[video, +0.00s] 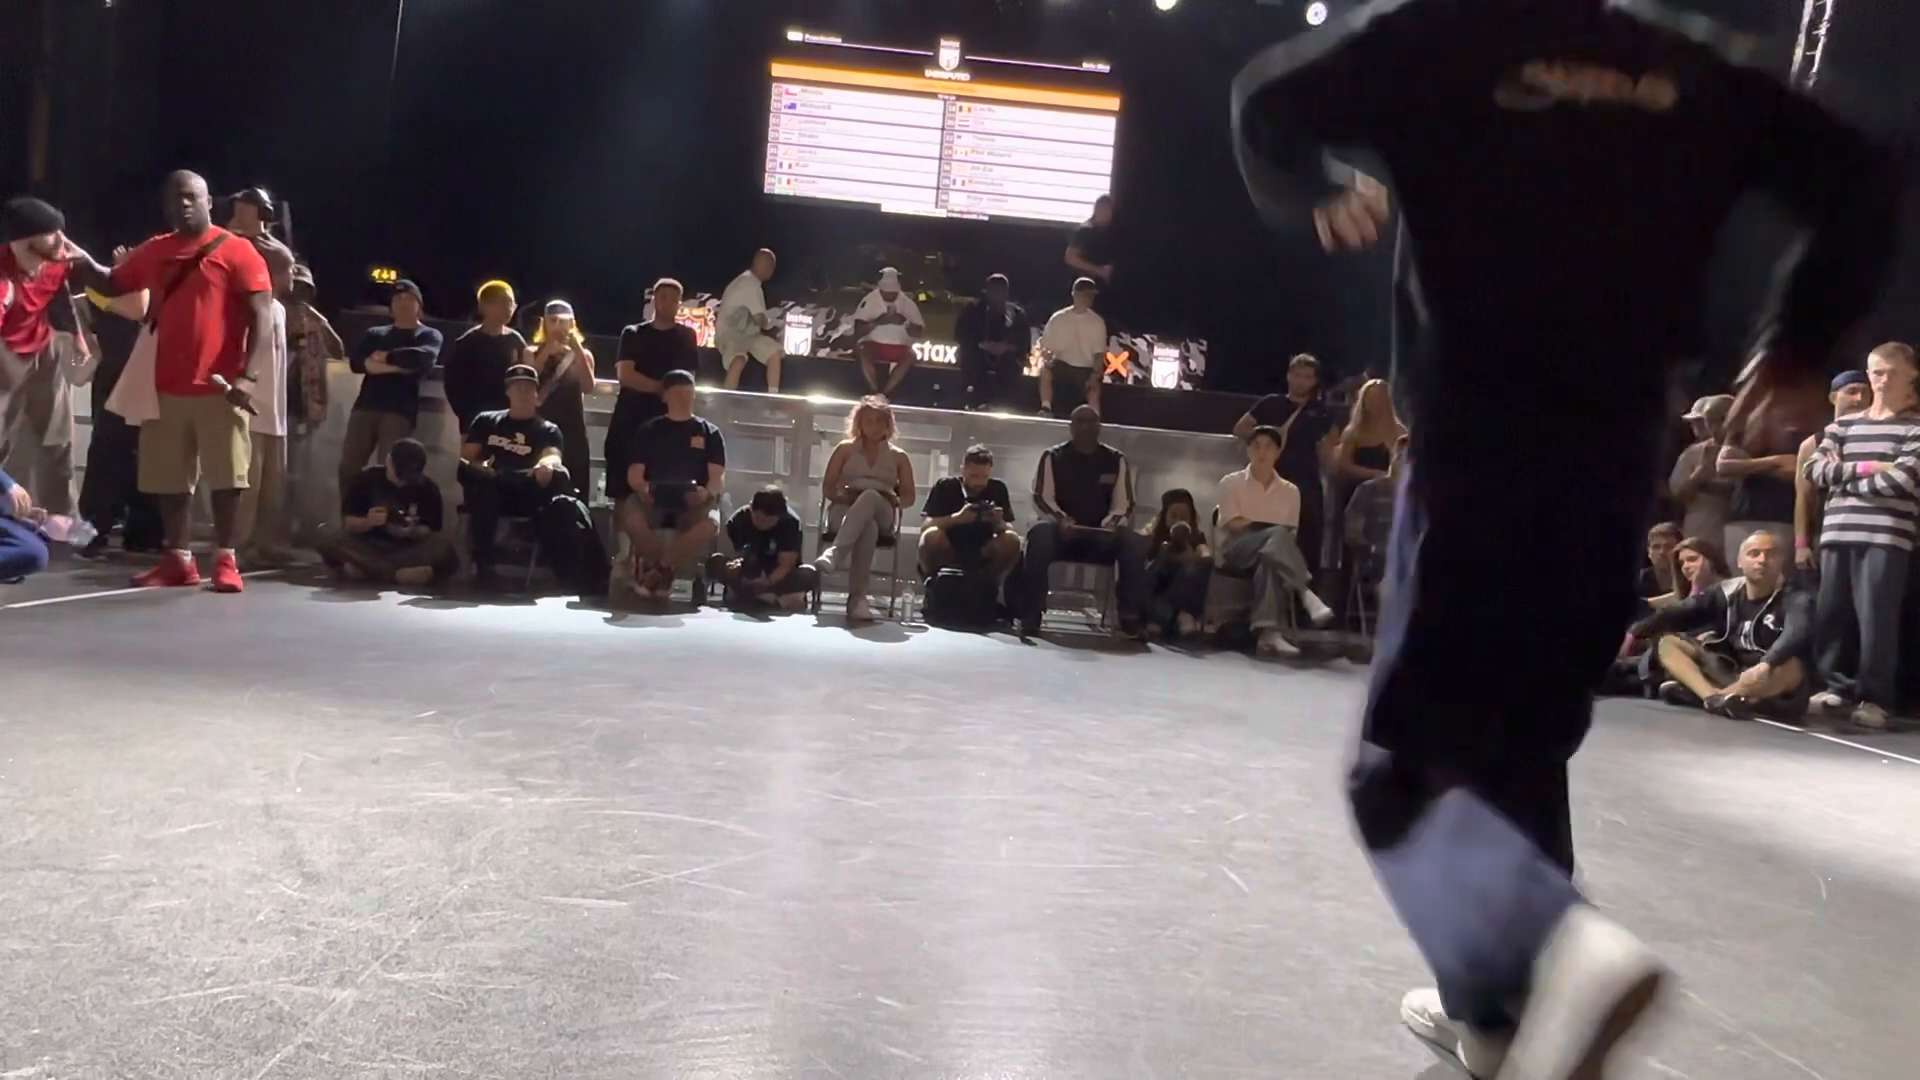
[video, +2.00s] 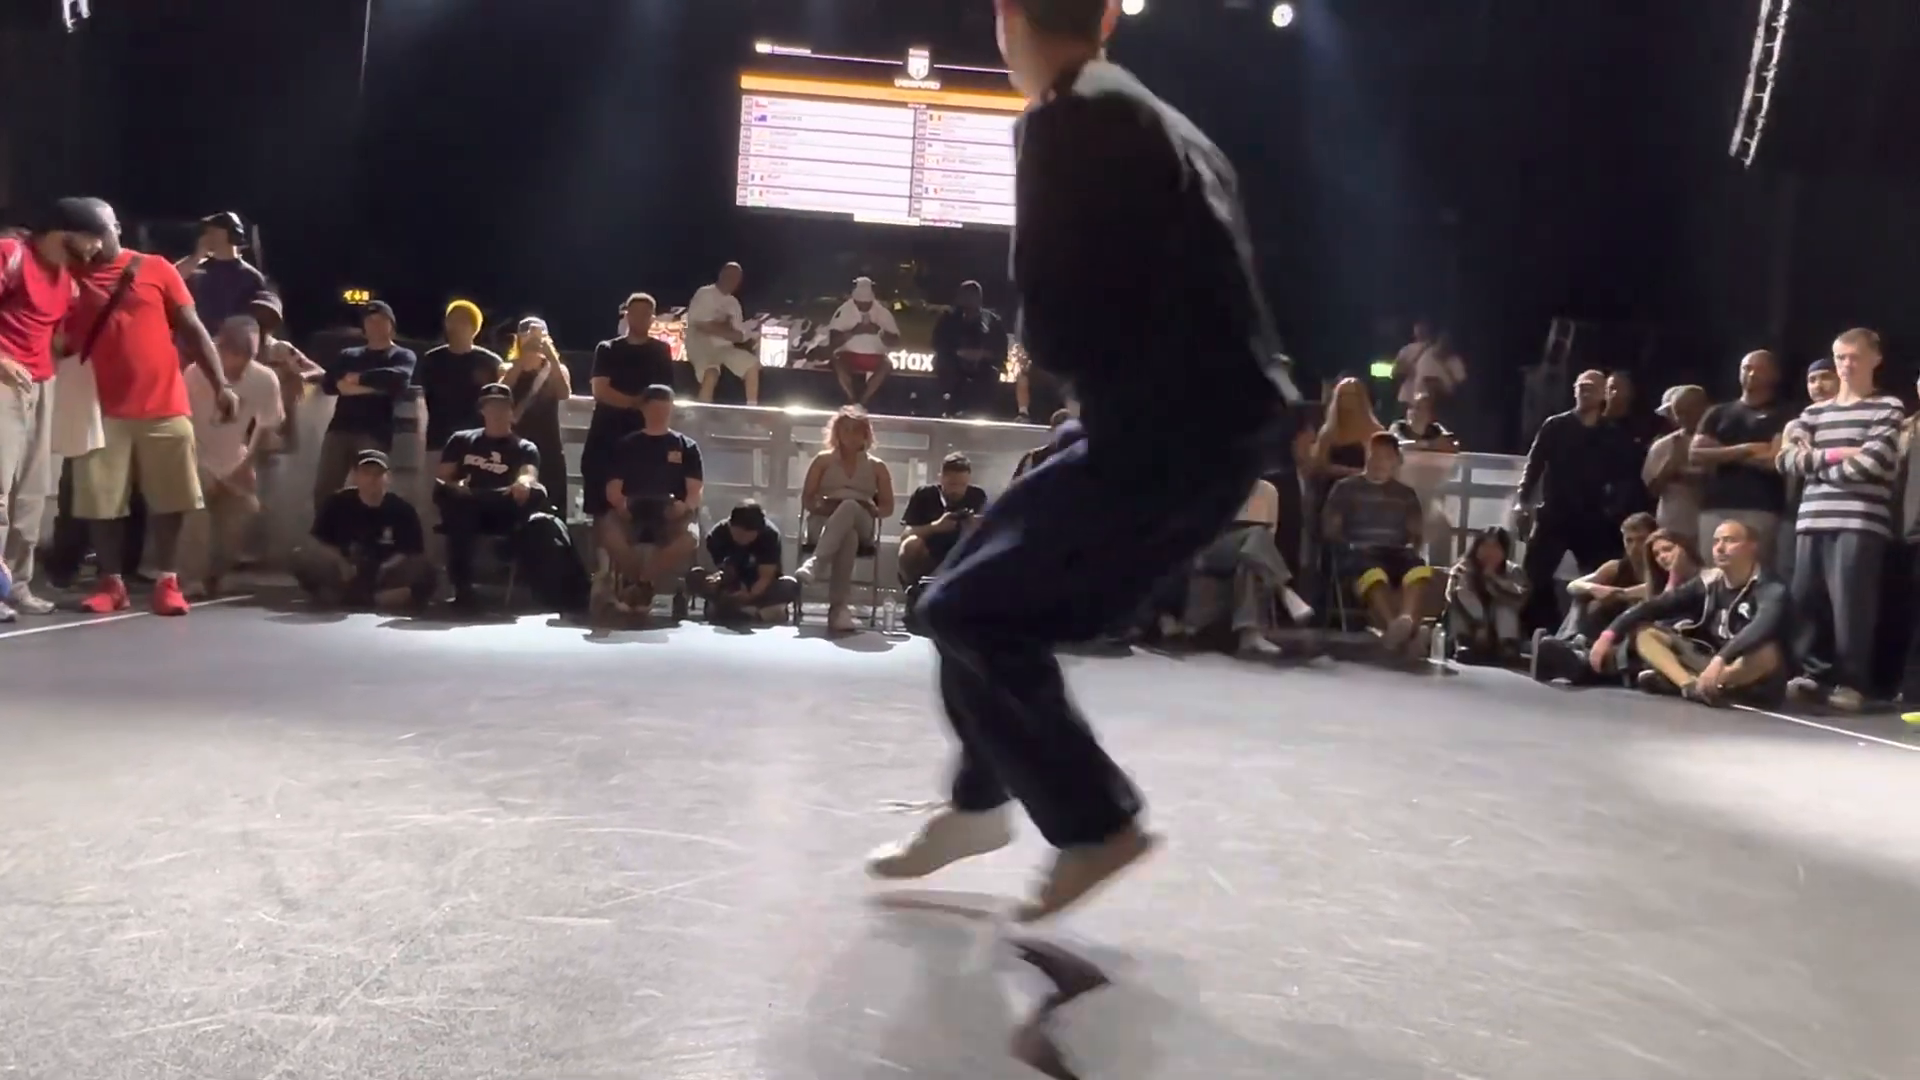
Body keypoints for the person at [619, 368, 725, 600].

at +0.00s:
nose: (684, 397)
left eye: (688, 391)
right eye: (678, 391)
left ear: (694, 395)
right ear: (665, 396)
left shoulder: (710, 432)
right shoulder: (647, 430)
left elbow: (716, 477)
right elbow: (635, 473)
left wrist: (707, 493)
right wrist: (646, 492)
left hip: (692, 494)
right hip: (655, 492)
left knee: (707, 526)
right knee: (632, 514)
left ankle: (659, 570)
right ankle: (661, 572)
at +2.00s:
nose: (659, 412)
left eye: (664, 407)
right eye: (654, 406)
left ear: (671, 409)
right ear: (644, 409)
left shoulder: (687, 447)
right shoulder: (625, 445)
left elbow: (695, 494)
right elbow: (613, 489)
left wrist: (679, 508)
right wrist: (628, 510)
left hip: (670, 509)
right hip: (633, 508)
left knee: (689, 537)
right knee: (608, 527)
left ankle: (642, 581)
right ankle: (639, 584)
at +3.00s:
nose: (661, 433)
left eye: (665, 427)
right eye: (655, 428)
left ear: (672, 431)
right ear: (645, 431)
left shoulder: (689, 467)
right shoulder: (628, 467)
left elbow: (698, 512)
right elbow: (616, 510)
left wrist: (687, 527)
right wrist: (628, 527)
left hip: (673, 528)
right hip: (637, 528)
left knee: (693, 558)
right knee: (613, 551)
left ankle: (647, 607)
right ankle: (648, 606)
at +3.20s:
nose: (662, 433)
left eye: (667, 428)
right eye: (657, 428)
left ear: (673, 431)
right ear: (645, 431)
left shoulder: (690, 468)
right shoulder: (628, 468)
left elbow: (699, 512)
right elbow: (617, 511)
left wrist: (688, 527)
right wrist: (628, 528)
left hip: (675, 529)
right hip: (638, 529)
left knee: (694, 559)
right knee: (614, 553)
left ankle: (648, 607)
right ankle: (649, 605)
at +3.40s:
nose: (664, 435)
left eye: (668, 430)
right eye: (658, 430)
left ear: (675, 433)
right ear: (647, 433)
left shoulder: (691, 468)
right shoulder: (631, 468)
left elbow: (701, 512)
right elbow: (619, 512)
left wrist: (691, 528)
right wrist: (630, 530)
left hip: (677, 530)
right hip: (641, 529)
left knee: (696, 560)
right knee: (615, 553)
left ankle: (650, 608)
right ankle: (651, 607)